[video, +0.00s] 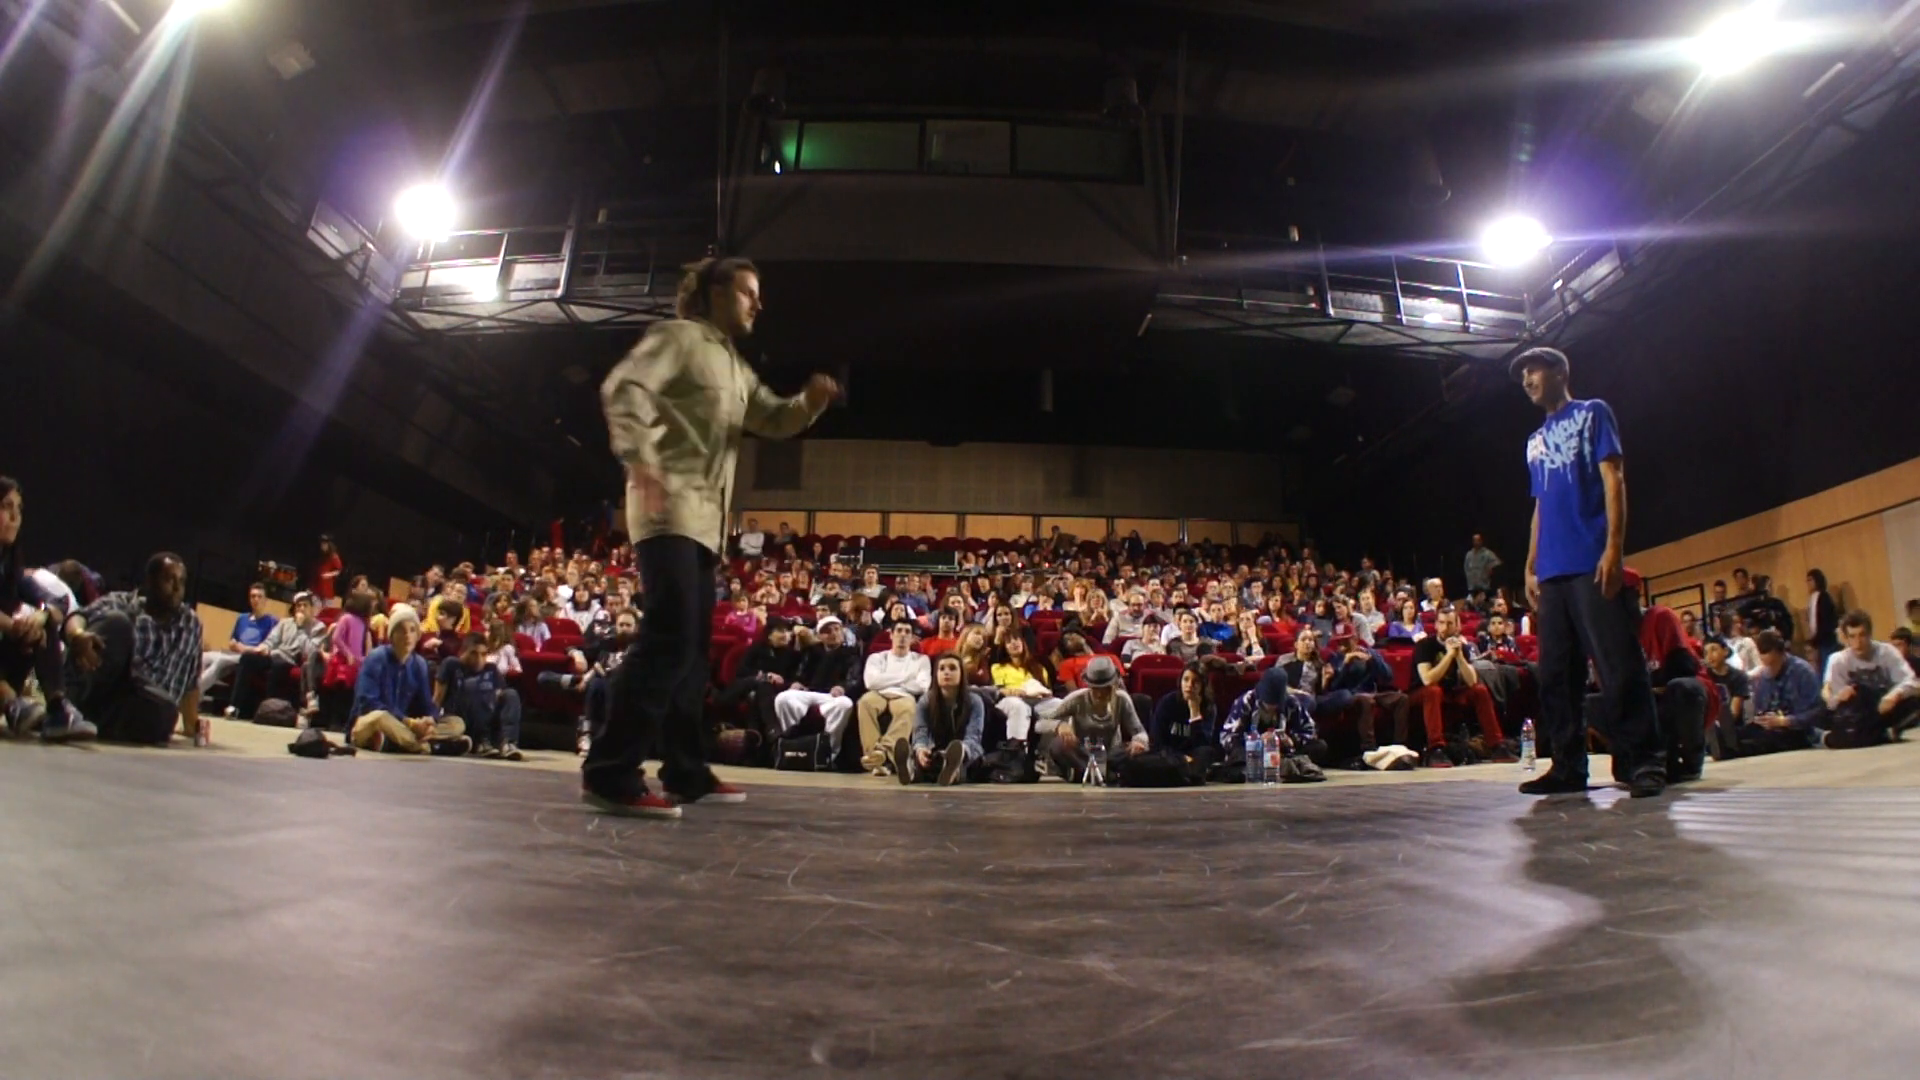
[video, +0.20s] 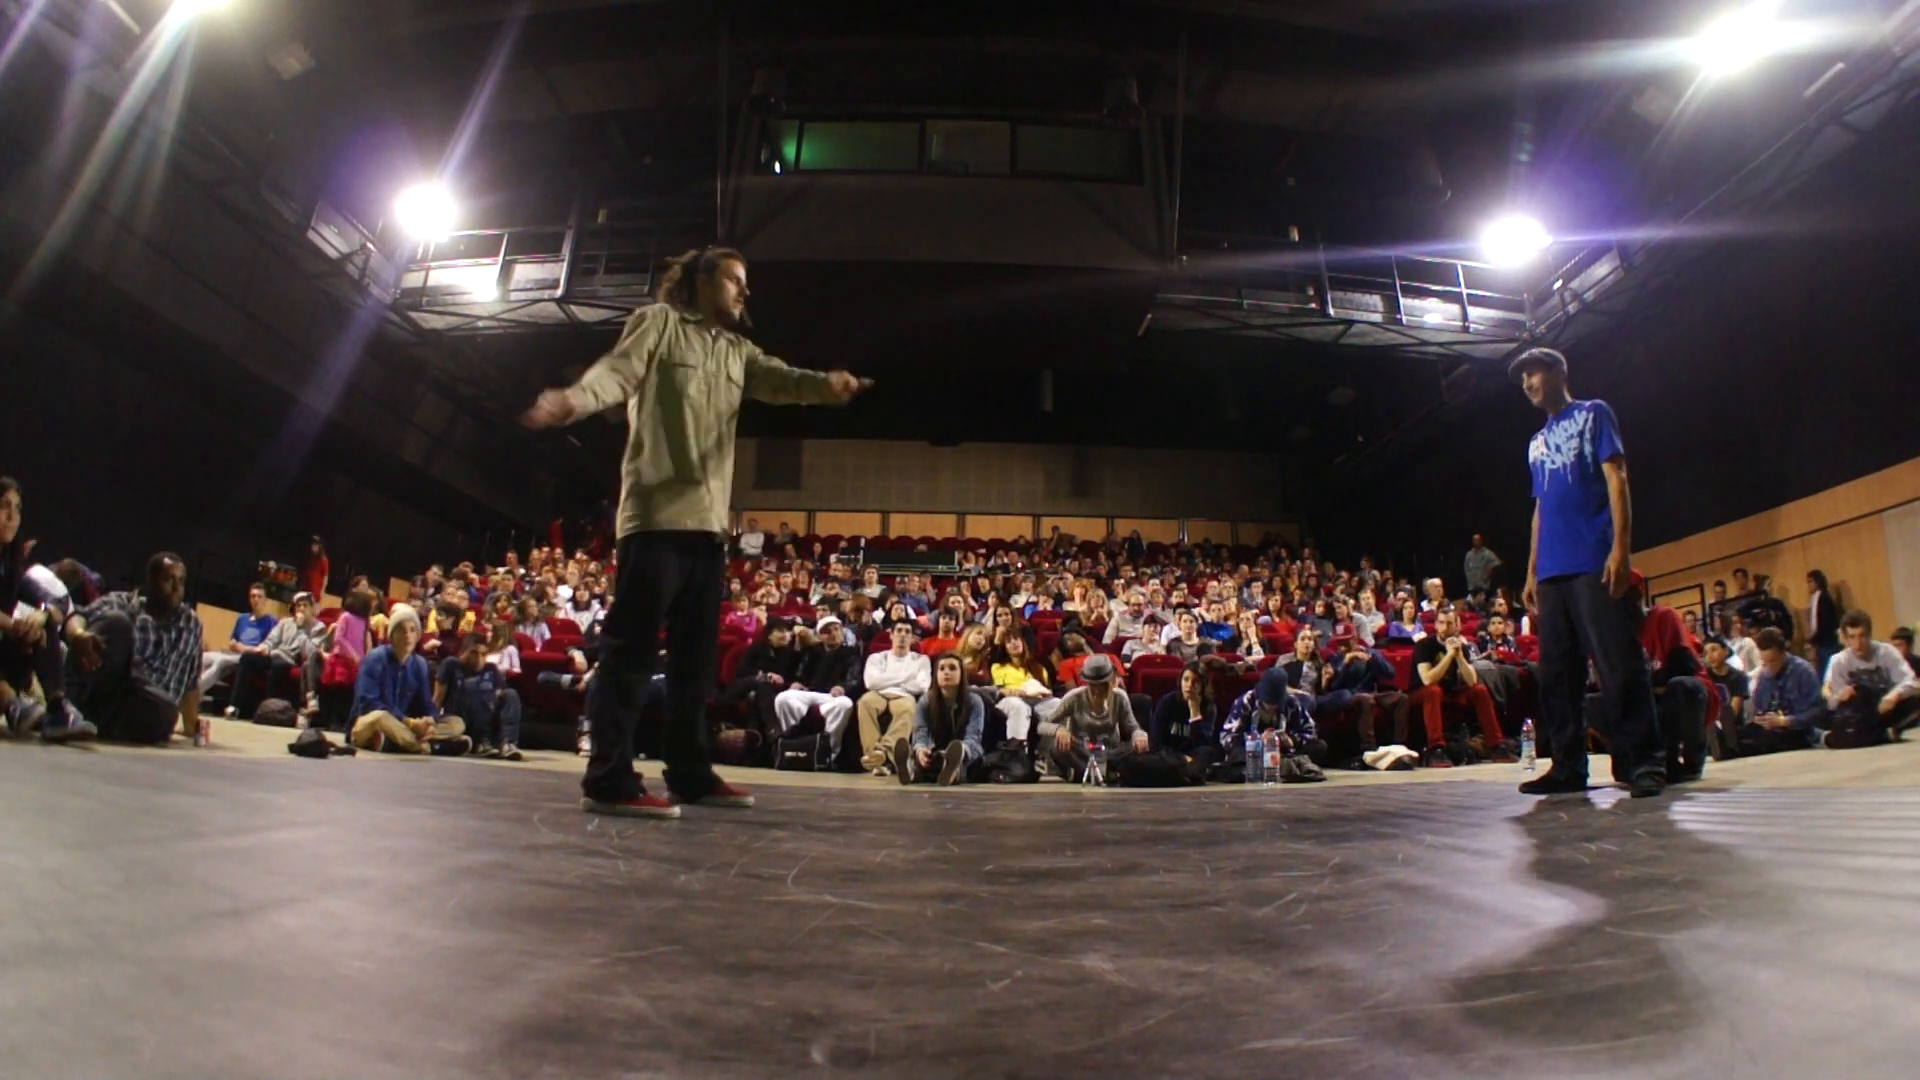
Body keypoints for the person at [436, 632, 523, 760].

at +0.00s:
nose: (479, 659)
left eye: (483, 654)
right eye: (474, 654)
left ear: (487, 654)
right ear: (464, 653)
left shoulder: (491, 669)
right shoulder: (450, 664)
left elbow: (499, 694)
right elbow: (438, 697)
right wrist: (429, 721)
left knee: (511, 695)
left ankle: (508, 743)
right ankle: (483, 742)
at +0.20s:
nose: (478, 659)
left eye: (483, 654)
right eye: (474, 654)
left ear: (487, 654)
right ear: (465, 652)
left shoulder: (491, 669)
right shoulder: (450, 665)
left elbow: (499, 695)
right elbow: (438, 697)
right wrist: (430, 721)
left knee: (510, 694)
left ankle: (508, 743)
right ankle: (483, 742)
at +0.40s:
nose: (478, 659)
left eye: (483, 654)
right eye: (474, 653)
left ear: (487, 654)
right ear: (464, 653)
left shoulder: (491, 669)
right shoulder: (451, 665)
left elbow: (500, 694)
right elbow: (438, 697)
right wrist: (430, 721)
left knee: (510, 694)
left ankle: (508, 743)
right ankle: (483, 742)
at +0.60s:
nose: (478, 659)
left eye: (483, 654)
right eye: (474, 654)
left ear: (488, 654)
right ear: (465, 652)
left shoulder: (491, 669)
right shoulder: (451, 664)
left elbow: (500, 694)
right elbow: (438, 697)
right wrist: (430, 722)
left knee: (510, 694)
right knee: (471, 689)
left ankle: (508, 743)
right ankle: (483, 742)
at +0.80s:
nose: (478, 659)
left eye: (483, 654)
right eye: (474, 654)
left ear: (488, 654)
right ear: (465, 653)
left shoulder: (491, 669)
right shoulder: (451, 664)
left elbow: (499, 694)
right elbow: (438, 697)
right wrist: (429, 721)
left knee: (510, 694)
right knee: (471, 690)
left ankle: (507, 743)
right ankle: (482, 742)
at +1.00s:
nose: (478, 659)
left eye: (483, 654)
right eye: (474, 653)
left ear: (487, 654)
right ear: (465, 653)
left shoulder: (491, 669)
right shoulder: (451, 665)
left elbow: (500, 693)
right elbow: (438, 697)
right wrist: (429, 720)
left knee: (510, 694)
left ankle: (508, 743)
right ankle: (483, 742)